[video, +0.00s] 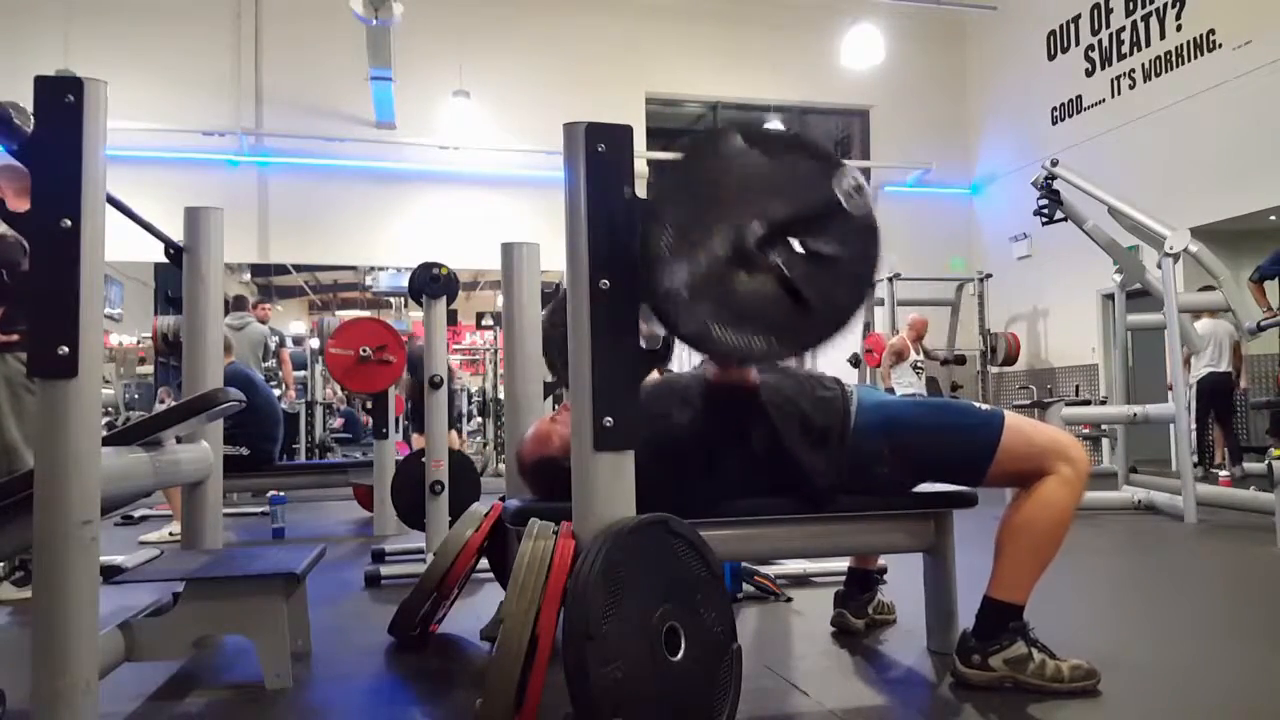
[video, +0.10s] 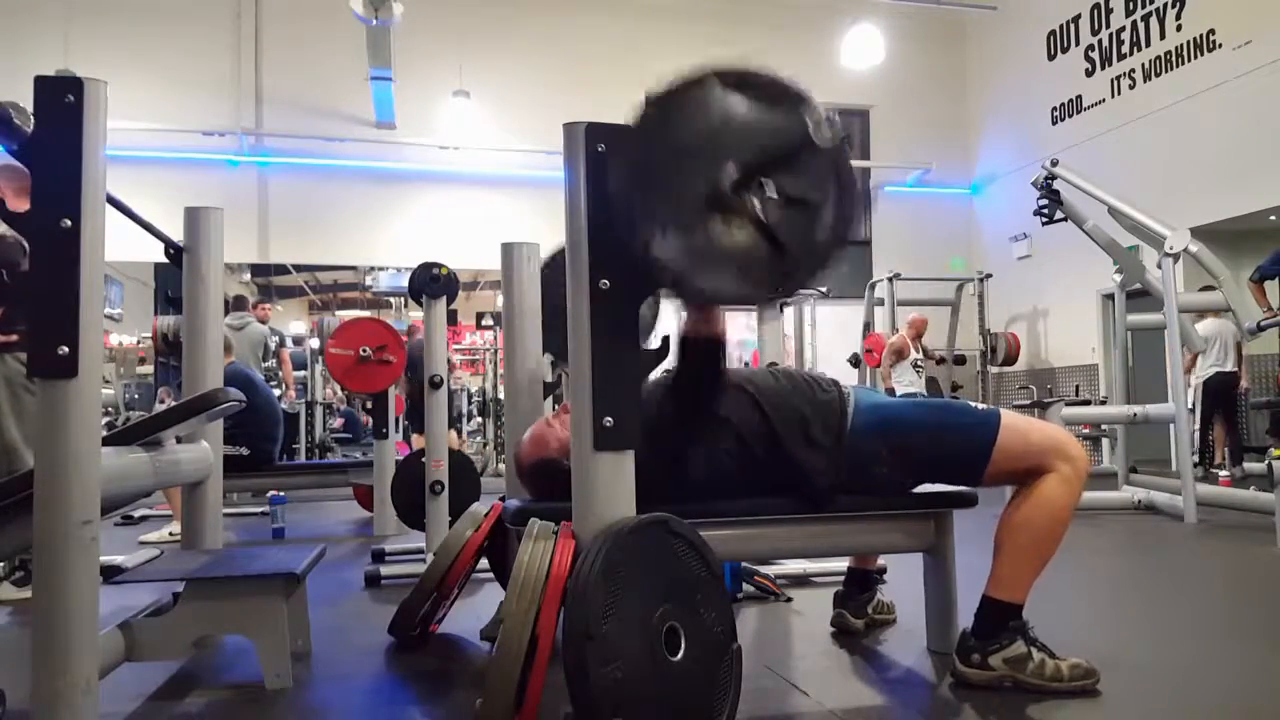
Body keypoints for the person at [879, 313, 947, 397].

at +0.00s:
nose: (925, 333)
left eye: (926, 330)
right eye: (924, 330)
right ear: (914, 328)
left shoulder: (918, 343)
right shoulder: (897, 344)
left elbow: (929, 354)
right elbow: (885, 366)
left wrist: (945, 358)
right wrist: (888, 387)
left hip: (921, 393)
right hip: (904, 394)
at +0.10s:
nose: (924, 332)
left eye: (925, 329)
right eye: (923, 328)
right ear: (914, 327)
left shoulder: (917, 342)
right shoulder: (898, 342)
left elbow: (927, 353)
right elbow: (885, 365)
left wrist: (937, 358)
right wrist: (888, 387)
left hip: (920, 392)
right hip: (905, 393)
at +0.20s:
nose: (927, 327)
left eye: (927, 324)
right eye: (925, 324)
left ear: (916, 325)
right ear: (915, 324)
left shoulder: (916, 338)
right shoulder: (897, 339)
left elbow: (925, 350)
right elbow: (886, 364)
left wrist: (935, 356)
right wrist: (889, 385)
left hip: (922, 388)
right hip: (906, 391)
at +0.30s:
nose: (924, 322)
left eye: (925, 319)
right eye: (921, 318)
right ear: (910, 319)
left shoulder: (918, 336)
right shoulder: (897, 338)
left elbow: (925, 348)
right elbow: (886, 362)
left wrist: (939, 357)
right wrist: (890, 384)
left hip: (925, 387)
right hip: (907, 390)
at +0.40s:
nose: (921, 320)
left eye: (924, 317)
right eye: (918, 316)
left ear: (926, 320)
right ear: (908, 318)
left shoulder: (922, 336)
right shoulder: (898, 337)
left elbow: (932, 351)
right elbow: (886, 361)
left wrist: (946, 358)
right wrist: (891, 383)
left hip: (927, 390)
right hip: (906, 392)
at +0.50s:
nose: (923, 319)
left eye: (926, 316)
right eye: (919, 316)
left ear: (928, 320)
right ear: (910, 318)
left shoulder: (928, 338)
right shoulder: (899, 338)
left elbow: (941, 352)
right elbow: (884, 362)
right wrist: (889, 382)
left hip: (931, 394)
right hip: (907, 396)